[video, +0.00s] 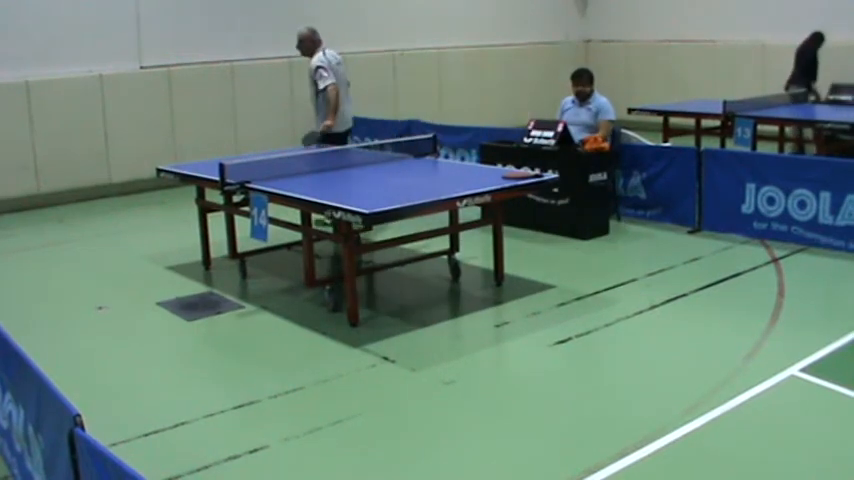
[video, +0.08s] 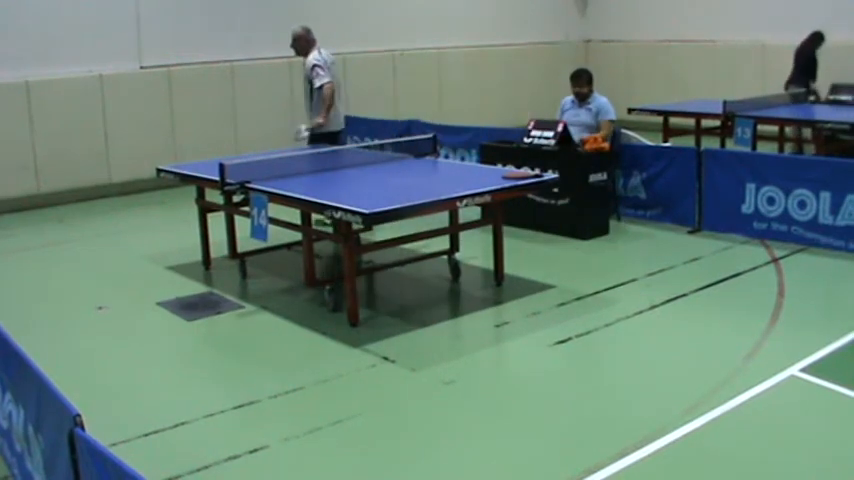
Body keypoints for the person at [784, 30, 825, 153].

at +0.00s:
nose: (820, 46)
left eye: (820, 43)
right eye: (820, 43)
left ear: (811, 38)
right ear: (817, 41)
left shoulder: (803, 47)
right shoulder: (810, 51)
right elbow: (807, 79)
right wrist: (816, 95)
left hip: (792, 86)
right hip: (801, 88)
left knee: (797, 121)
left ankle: (798, 148)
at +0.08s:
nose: (819, 46)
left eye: (820, 43)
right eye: (820, 43)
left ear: (811, 38)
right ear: (816, 41)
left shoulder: (802, 48)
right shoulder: (809, 52)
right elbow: (807, 79)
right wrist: (815, 94)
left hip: (791, 86)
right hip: (801, 88)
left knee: (796, 121)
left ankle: (797, 148)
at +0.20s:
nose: (819, 45)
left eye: (820, 43)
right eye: (819, 42)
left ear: (810, 37)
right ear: (815, 40)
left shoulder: (801, 48)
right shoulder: (808, 51)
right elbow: (806, 75)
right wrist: (813, 91)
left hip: (791, 86)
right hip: (800, 88)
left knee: (796, 121)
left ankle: (797, 149)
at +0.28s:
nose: (819, 44)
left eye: (820, 42)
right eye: (819, 41)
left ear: (811, 36)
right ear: (815, 39)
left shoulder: (802, 47)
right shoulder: (807, 49)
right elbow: (805, 74)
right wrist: (813, 90)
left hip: (792, 86)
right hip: (799, 87)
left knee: (796, 121)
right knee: (798, 121)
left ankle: (797, 149)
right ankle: (798, 149)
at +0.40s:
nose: (818, 44)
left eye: (819, 41)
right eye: (818, 41)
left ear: (809, 36)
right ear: (813, 39)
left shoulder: (800, 48)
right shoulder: (806, 51)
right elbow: (807, 76)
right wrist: (815, 93)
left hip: (792, 86)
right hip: (800, 88)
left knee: (797, 121)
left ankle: (798, 149)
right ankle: (798, 148)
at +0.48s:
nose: (818, 43)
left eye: (819, 40)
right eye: (818, 40)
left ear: (808, 36)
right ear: (813, 38)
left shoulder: (800, 48)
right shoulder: (806, 51)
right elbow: (808, 76)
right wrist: (815, 93)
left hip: (792, 86)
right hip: (801, 88)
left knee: (796, 121)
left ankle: (798, 149)